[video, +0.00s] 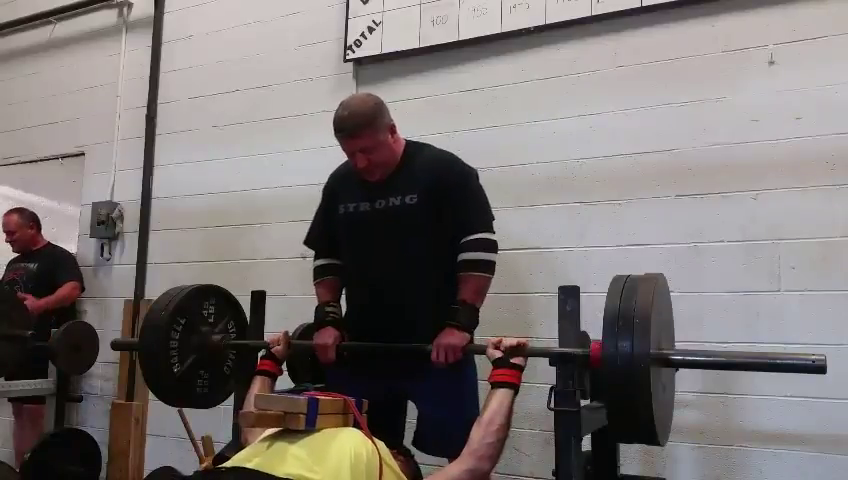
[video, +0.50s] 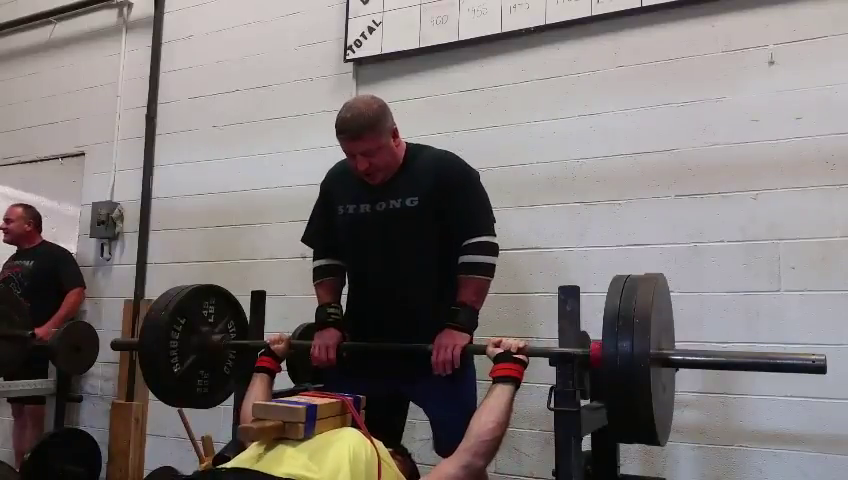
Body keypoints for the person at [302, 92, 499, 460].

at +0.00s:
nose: (359, 163)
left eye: (367, 151)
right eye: (351, 154)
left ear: (393, 133)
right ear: (341, 145)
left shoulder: (449, 175)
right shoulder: (341, 184)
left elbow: (479, 251)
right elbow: (327, 259)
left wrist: (460, 323)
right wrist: (328, 319)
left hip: (438, 346)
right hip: (366, 348)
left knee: (463, 459)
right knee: (370, 460)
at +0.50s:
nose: (361, 165)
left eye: (370, 154)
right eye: (352, 156)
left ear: (396, 136)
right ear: (342, 146)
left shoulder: (449, 174)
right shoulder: (339, 183)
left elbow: (479, 252)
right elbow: (327, 257)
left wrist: (460, 324)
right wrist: (328, 319)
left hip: (438, 345)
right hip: (367, 346)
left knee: (462, 457)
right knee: (367, 459)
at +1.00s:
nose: (359, 170)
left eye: (368, 159)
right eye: (350, 161)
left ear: (394, 141)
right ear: (340, 152)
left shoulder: (446, 177)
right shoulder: (337, 186)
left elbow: (483, 249)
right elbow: (323, 257)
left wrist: (460, 322)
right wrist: (327, 321)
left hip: (439, 347)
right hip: (365, 348)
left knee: (462, 457)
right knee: (363, 459)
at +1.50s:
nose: (366, 144)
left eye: (375, 133)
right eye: (356, 135)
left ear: (400, 120)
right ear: (348, 129)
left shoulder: (448, 166)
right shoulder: (342, 173)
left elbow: (479, 241)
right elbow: (326, 248)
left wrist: (456, 311)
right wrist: (325, 312)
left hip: (436, 341)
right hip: (360, 342)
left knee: (460, 456)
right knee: (356, 459)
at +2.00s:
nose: (370, 146)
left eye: (380, 135)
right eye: (362, 136)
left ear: (406, 124)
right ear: (352, 131)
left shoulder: (450, 171)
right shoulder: (346, 177)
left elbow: (472, 246)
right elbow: (319, 247)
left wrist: (443, 309)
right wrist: (307, 307)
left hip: (438, 343)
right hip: (364, 345)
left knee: (465, 456)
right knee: (363, 459)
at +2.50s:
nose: (368, 150)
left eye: (378, 139)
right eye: (359, 140)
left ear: (404, 126)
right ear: (350, 135)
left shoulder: (448, 175)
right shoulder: (343, 181)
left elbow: (456, 248)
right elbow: (308, 245)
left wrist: (428, 305)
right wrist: (287, 299)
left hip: (440, 342)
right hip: (365, 340)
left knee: (463, 452)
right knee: (364, 455)